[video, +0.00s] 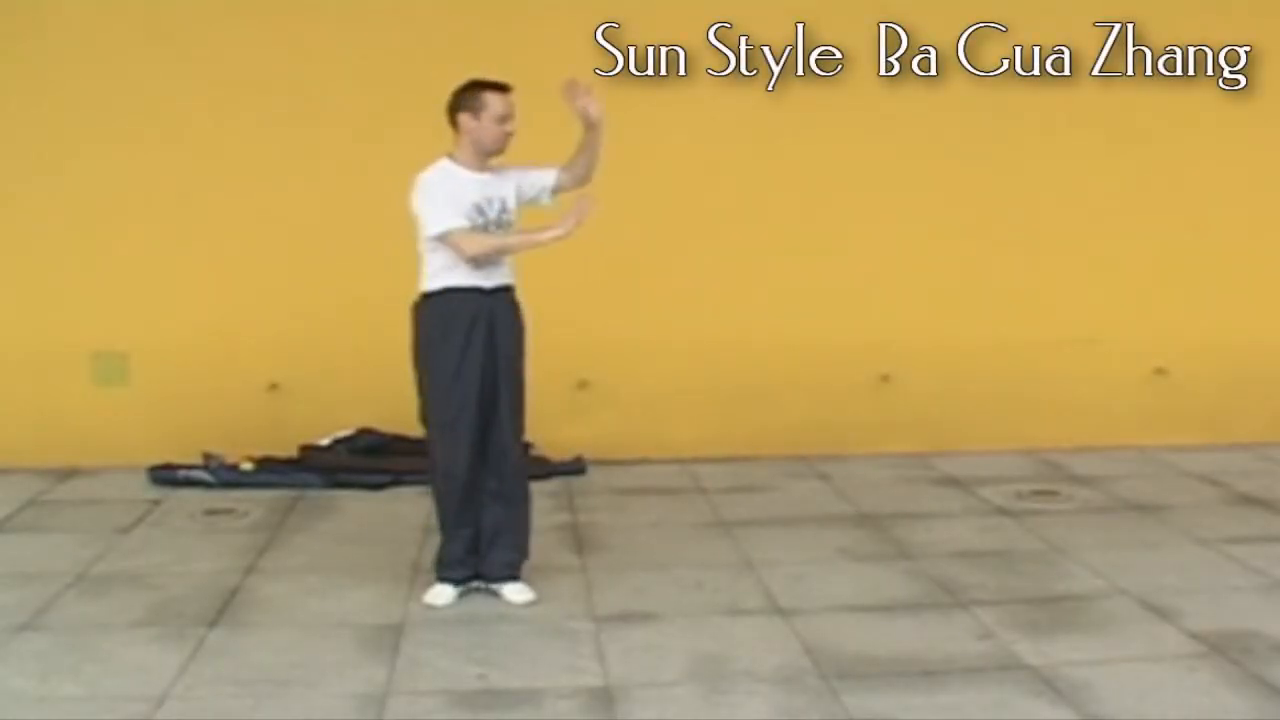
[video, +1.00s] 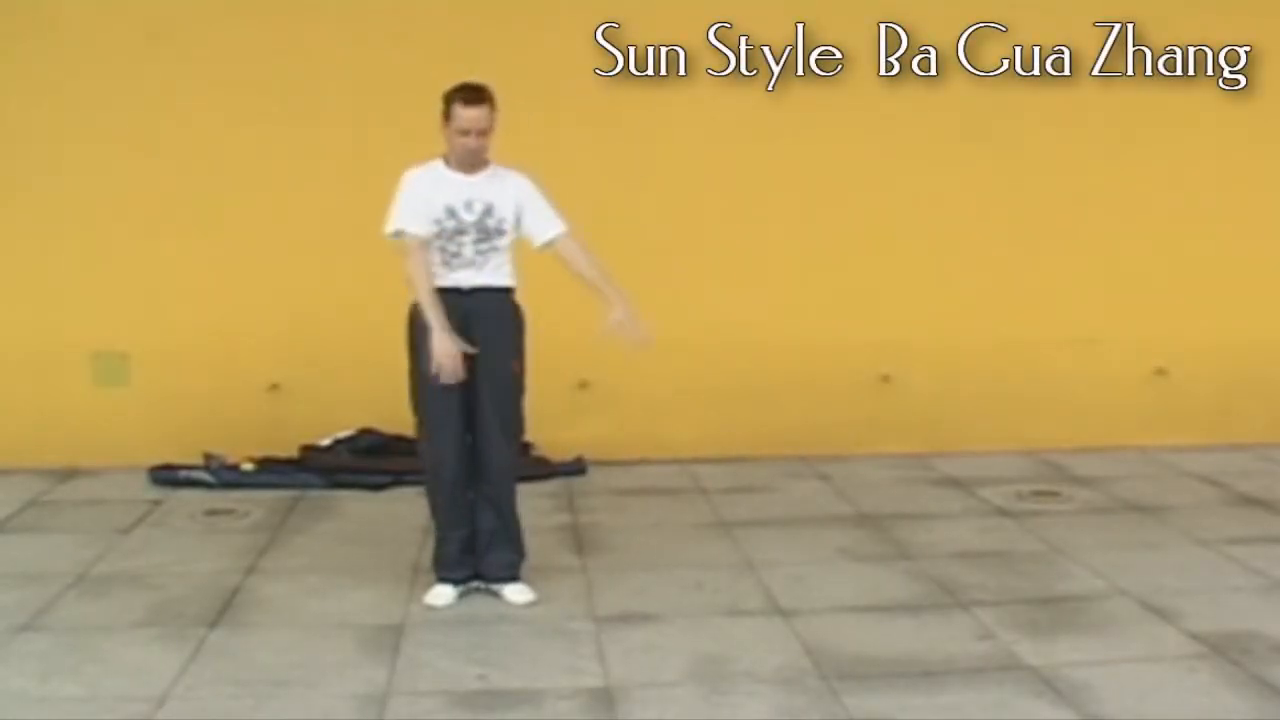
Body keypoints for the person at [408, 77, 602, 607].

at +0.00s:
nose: (509, 129)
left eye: (511, 120)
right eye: (500, 120)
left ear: (501, 126)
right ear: (465, 122)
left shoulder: (506, 181)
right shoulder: (433, 183)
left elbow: (571, 178)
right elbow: (473, 248)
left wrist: (593, 129)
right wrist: (555, 232)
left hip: (500, 312)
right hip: (448, 314)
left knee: (504, 442)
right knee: (453, 444)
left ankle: (502, 567)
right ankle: (454, 569)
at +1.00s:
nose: (475, 142)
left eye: (483, 132)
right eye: (465, 132)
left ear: (493, 131)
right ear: (445, 131)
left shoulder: (513, 186)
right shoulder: (420, 183)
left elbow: (564, 244)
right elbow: (416, 261)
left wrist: (615, 299)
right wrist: (439, 331)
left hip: (495, 314)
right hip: (437, 314)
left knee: (498, 445)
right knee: (445, 448)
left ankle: (501, 568)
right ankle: (452, 570)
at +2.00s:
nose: (456, 155)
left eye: (463, 146)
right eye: (447, 145)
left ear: (472, 149)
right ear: (420, 145)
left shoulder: (481, 198)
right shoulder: (388, 200)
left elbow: (535, 189)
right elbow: (363, 271)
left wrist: (510, 125)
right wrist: (428, 278)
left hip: (463, 332)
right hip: (404, 332)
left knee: (458, 472)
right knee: (410, 470)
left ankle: (445, 613)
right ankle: (445, 578)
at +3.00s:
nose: (586, 169)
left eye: (585, 156)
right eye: (577, 156)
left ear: (546, 159)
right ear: (539, 157)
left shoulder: (570, 224)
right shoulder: (482, 228)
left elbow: (642, 219)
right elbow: (499, 328)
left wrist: (724, 193)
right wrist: (585, 375)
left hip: (547, 400)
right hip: (490, 402)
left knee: (525, 546)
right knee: (539, 552)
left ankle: (418, 645)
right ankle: (607, 706)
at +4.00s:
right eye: (1056, 142)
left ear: (1006, 144)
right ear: (1064, 144)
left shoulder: (975, 208)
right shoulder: (1091, 212)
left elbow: (928, 223)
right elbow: (1131, 310)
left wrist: (914, 187)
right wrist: (1077, 344)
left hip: (999, 398)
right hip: (1073, 394)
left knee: (1042, 566)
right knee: (1139, 530)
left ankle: (1043, 709)